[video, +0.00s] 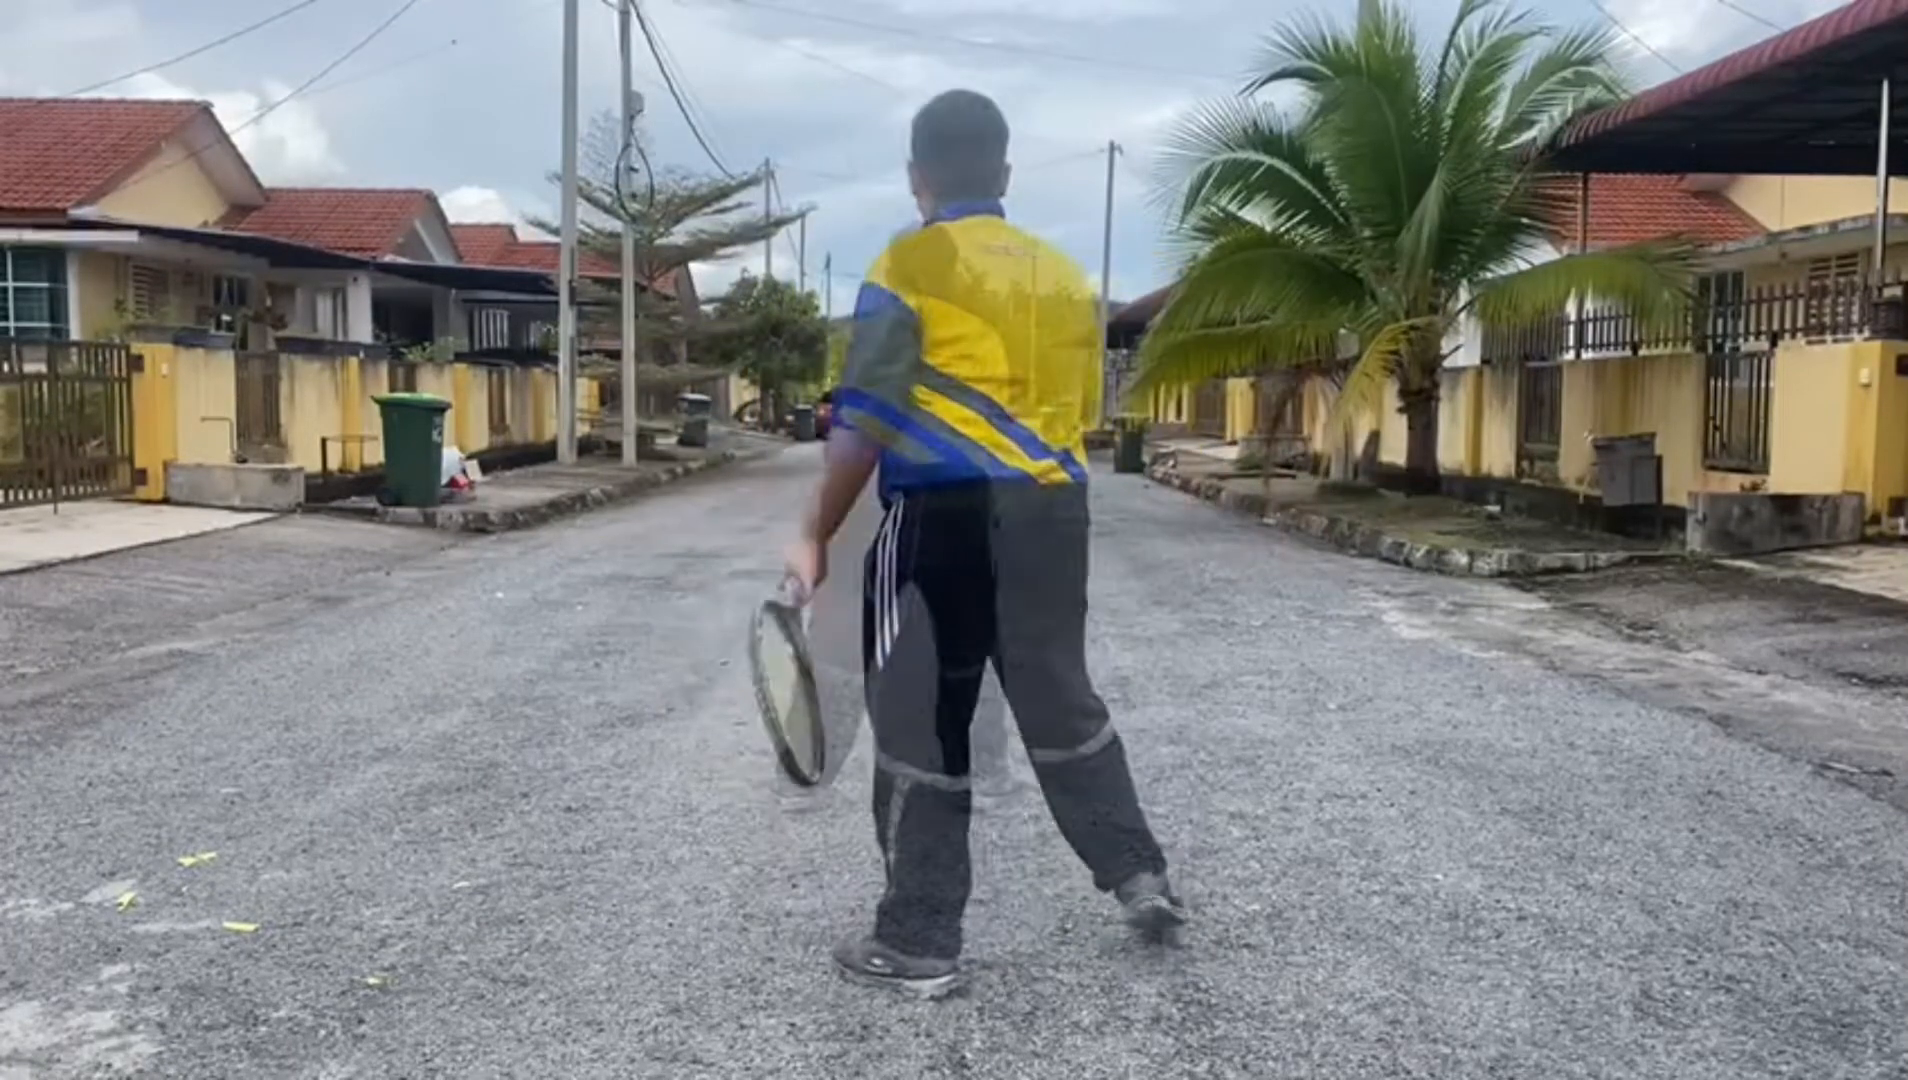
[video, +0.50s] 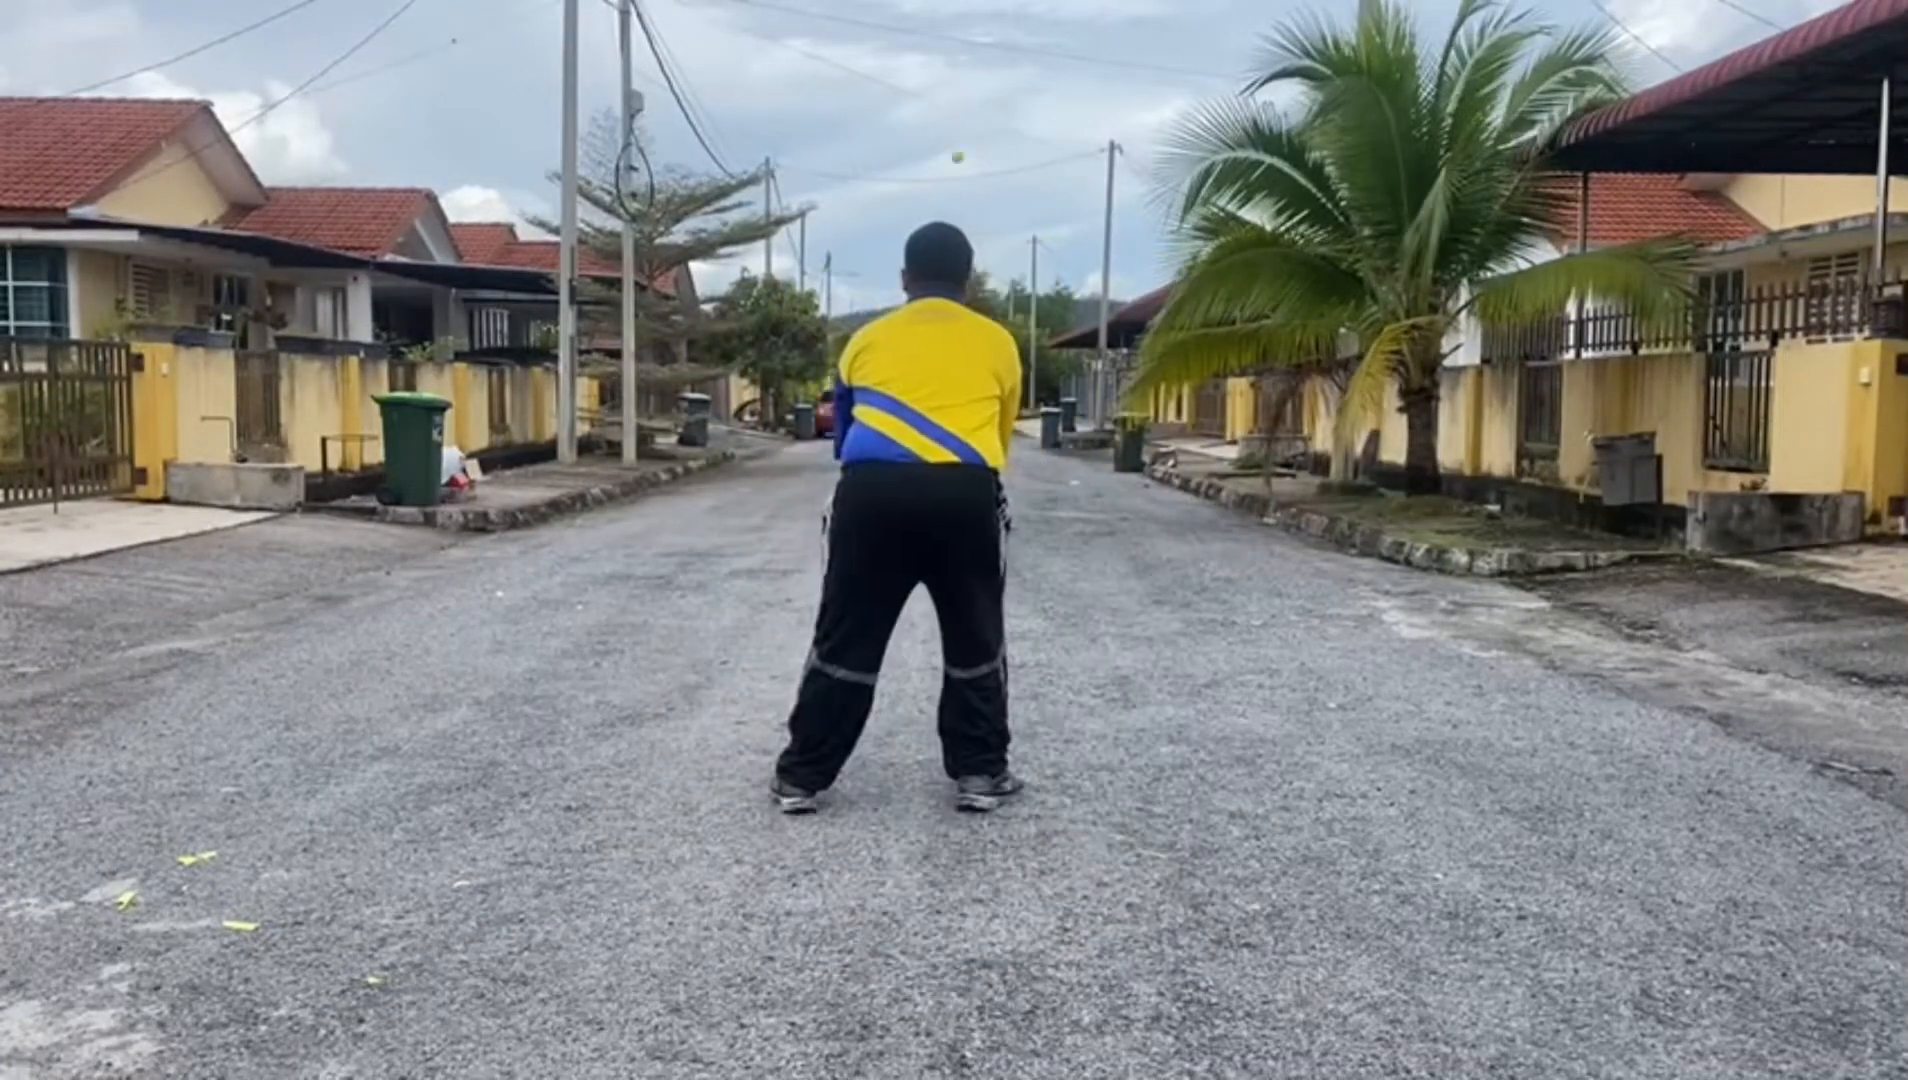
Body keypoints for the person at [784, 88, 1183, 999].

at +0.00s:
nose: (914, 186)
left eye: (913, 173)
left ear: (919, 174)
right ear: (1005, 171)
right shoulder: (1064, 272)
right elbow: (1080, 402)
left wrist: (816, 533)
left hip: (944, 518)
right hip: (1052, 518)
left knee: (921, 723)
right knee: (1059, 699)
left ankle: (920, 940)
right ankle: (1136, 873)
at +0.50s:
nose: (912, 281)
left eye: (909, 271)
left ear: (907, 276)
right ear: (968, 278)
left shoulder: (867, 337)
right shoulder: (997, 340)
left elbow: (850, 422)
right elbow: (1003, 430)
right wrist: (970, 477)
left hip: (872, 498)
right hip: (964, 499)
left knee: (846, 637)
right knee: (974, 638)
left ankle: (802, 777)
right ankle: (978, 772)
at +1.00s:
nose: (930, 314)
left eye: (927, 304)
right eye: (928, 304)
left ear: (863, 297)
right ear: (918, 303)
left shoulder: (827, 344)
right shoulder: (930, 357)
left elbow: (836, 436)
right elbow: (944, 473)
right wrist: (958, 540)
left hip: (767, 489)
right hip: (852, 490)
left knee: (797, 637)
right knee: (907, 627)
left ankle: (810, 772)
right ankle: (935, 775)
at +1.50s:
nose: (866, 255)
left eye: (864, 241)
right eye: (862, 241)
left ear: (801, 237)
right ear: (846, 243)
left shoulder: (816, 311)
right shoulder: (779, 290)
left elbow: (849, 376)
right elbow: (804, 385)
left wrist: (904, 379)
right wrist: (886, 345)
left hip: (745, 480)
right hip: (717, 477)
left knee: (753, 638)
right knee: (765, 642)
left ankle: (695, 776)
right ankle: (733, 819)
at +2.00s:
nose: (839, 259)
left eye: (837, 245)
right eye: (835, 245)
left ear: (774, 245)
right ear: (814, 253)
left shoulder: (794, 317)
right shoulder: (731, 306)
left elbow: (854, 348)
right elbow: (677, 408)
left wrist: (910, 365)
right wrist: (792, 437)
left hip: (705, 510)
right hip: (663, 507)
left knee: (729, 665)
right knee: (709, 675)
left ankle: (683, 802)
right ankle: (670, 863)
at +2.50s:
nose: (807, 205)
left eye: (776, 188)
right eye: (810, 194)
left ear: (726, 194)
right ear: (810, 207)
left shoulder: (669, 250)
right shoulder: (844, 310)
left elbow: (565, 171)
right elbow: (872, 437)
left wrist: (493, 58)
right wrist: (811, 405)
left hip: (649, 525)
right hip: (755, 535)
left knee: (659, 703)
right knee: (813, 709)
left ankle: (623, 870)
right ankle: (800, 892)